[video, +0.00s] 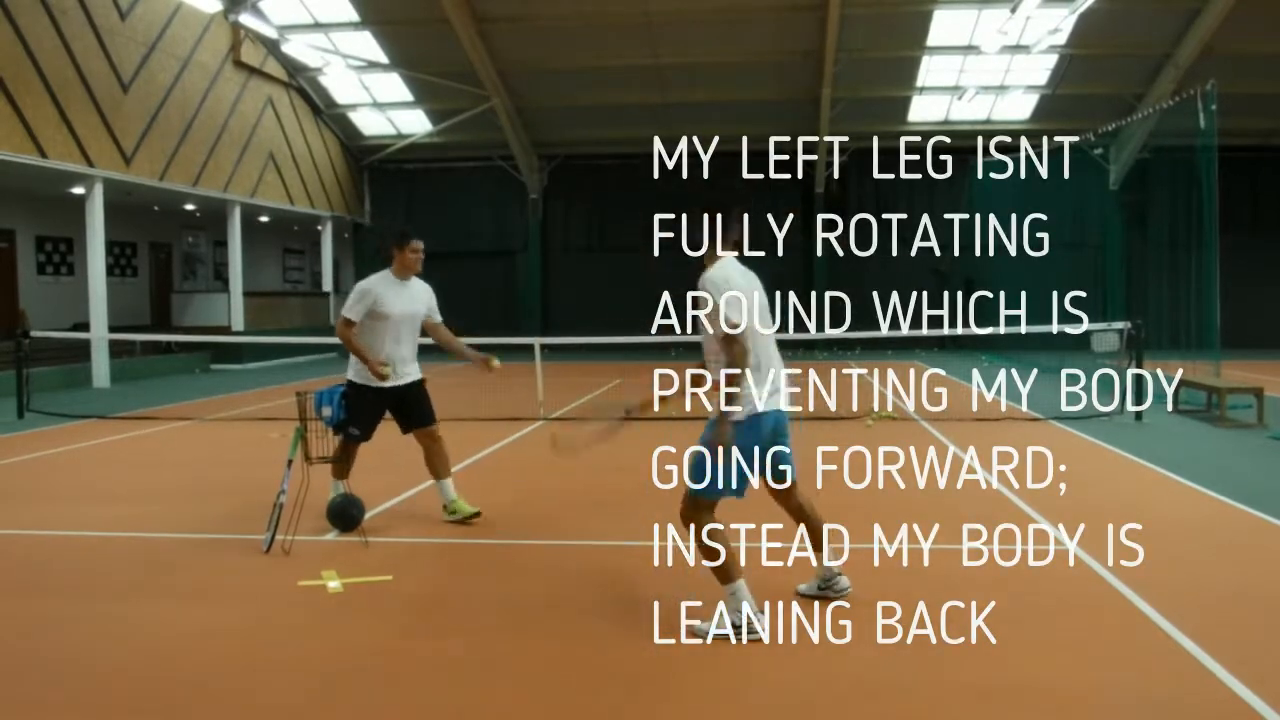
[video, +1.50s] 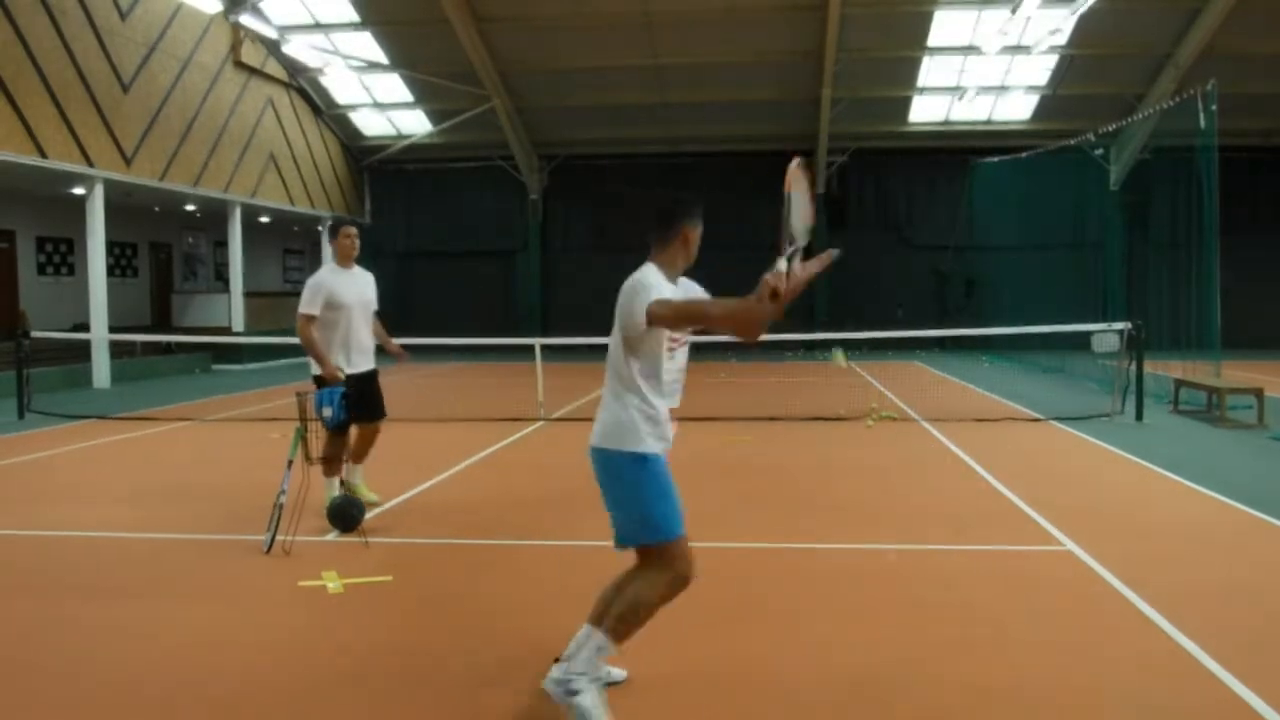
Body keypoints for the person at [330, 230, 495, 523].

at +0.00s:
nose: (420, 257)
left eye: (422, 252)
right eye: (414, 252)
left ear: (421, 256)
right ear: (396, 254)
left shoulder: (423, 291)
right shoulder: (369, 288)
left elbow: (438, 331)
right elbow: (343, 330)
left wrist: (475, 356)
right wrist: (369, 361)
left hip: (408, 382)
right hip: (367, 383)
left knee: (430, 436)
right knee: (350, 442)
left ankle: (451, 501)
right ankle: (337, 497)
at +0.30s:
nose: (465, 264)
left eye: (467, 258)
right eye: (458, 258)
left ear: (470, 263)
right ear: (441, 259)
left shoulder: (471, 305)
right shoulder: (410, 289)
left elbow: (471, 357)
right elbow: (383, 324)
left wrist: (475, 404)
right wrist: (396, 359)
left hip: (440, 377)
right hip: (399, 375)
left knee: (456, 433)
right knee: (374, 434)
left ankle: (455, 503)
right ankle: (349, 492)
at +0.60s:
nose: (462, 255)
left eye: (465, 250)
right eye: (456, 249)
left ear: (468, 257)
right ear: (440, 255)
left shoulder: (473, 291)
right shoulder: (414, 286)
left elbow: (500, 307)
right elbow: (390, 321)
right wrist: (393, 360)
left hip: (448, 378)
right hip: (407, 374)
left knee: (459, 434)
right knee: (382, 436)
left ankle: (456, 503)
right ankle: (365, 493)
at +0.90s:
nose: (427, 252)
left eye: (429, 248)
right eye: (420, 247)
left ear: (433, 255)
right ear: (404, 255)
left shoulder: (447, 290)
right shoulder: (386, 292)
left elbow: (482, 327)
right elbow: (365, 335)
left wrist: (486, 303)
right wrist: (373, 368)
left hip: (433, 381)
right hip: (392, 383)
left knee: (452, 435)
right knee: (373, 444)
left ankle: (455, 503)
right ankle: (341, 485)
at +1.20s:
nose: (378, 245)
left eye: (380, 240)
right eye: (371, 240)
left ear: (383, 246)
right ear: (356, 247)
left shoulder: (392, 283)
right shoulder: (338, 284)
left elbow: (396, 321)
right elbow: (313, 326)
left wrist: (404, 350)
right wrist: (332, 367)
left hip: (391, 375)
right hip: (353, 378)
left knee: (412, 431)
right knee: (341, 439)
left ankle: (432, 493)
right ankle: (334, 495)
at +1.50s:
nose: (354, 242)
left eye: (356, 237)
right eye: (347, 237)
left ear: (359, 243)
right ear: (333, 242)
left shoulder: (367, 278)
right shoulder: (320, 280)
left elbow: (369, 318)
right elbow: (304, 327)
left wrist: (388, 342)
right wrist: (325, 365)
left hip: (365, 369)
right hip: (334, 372)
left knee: (371, 424)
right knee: (337, 433)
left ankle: (353, 478)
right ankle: (332, 494)